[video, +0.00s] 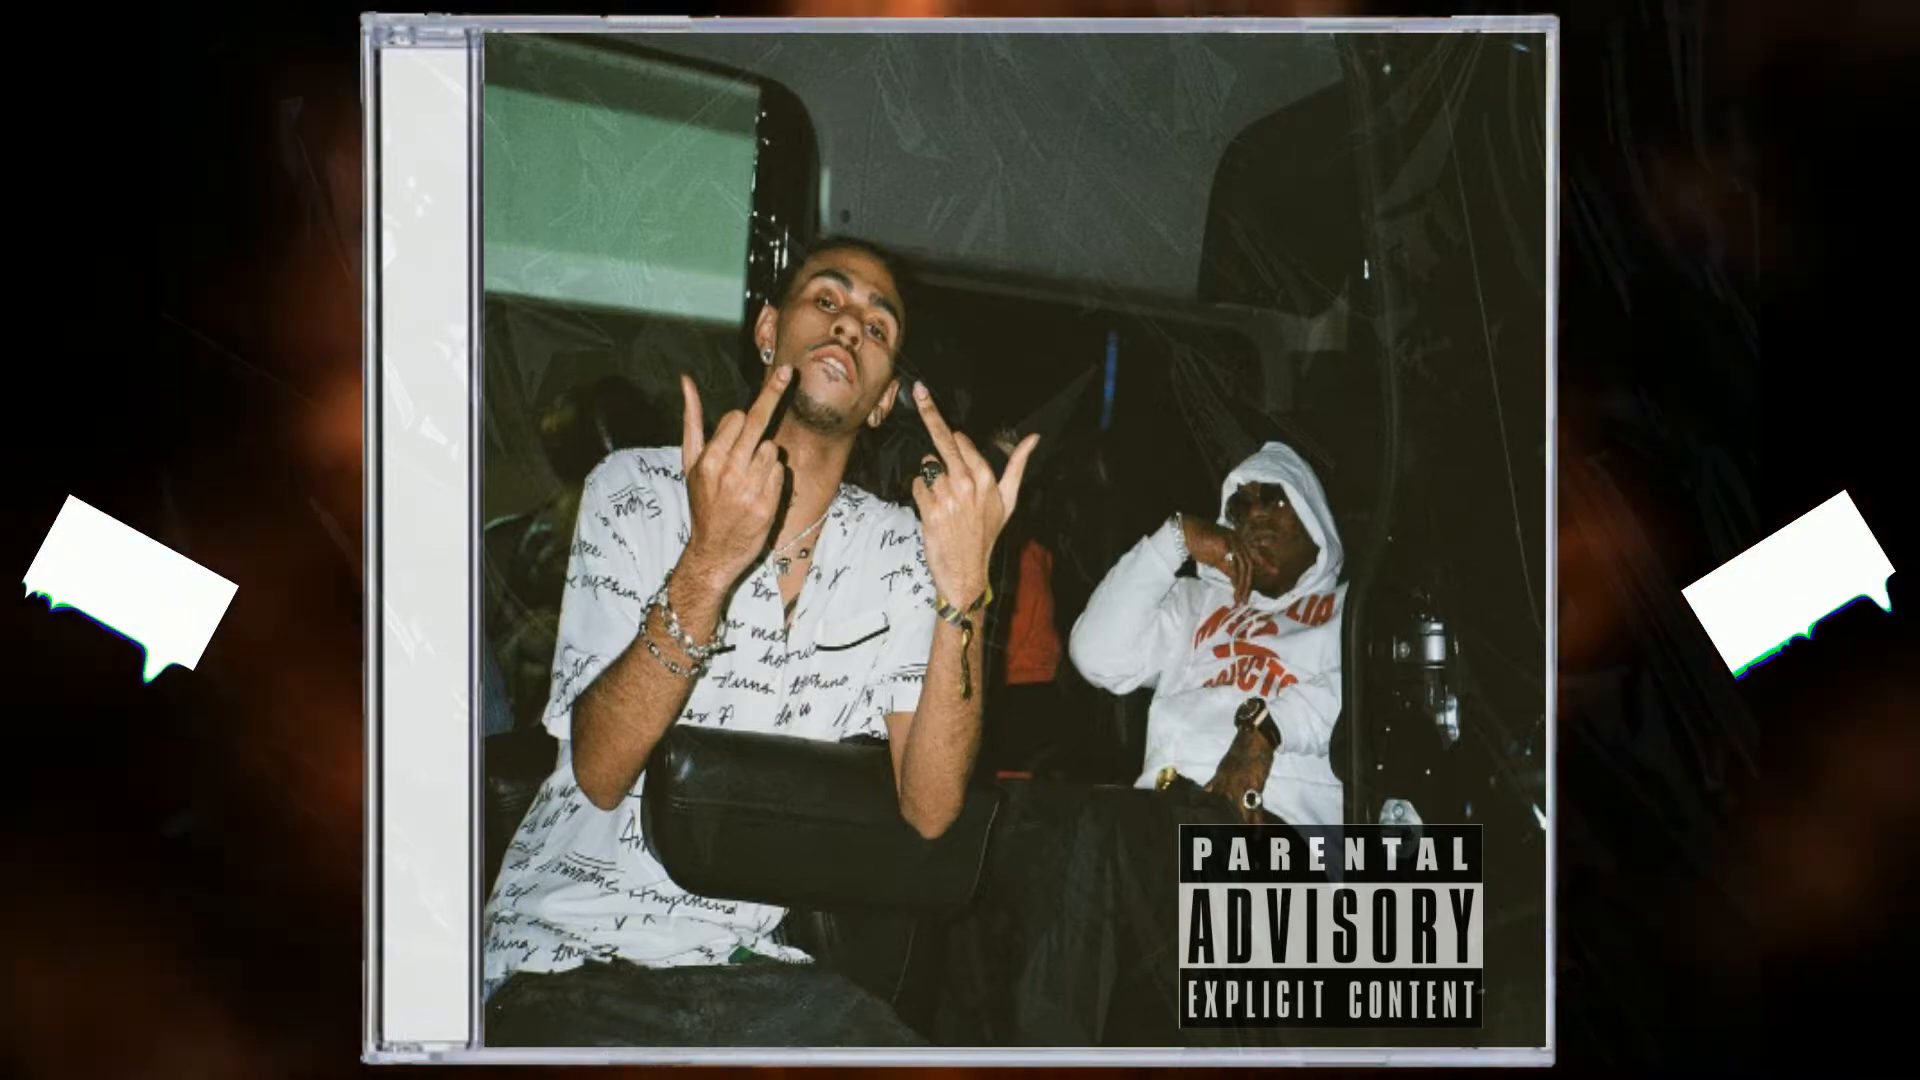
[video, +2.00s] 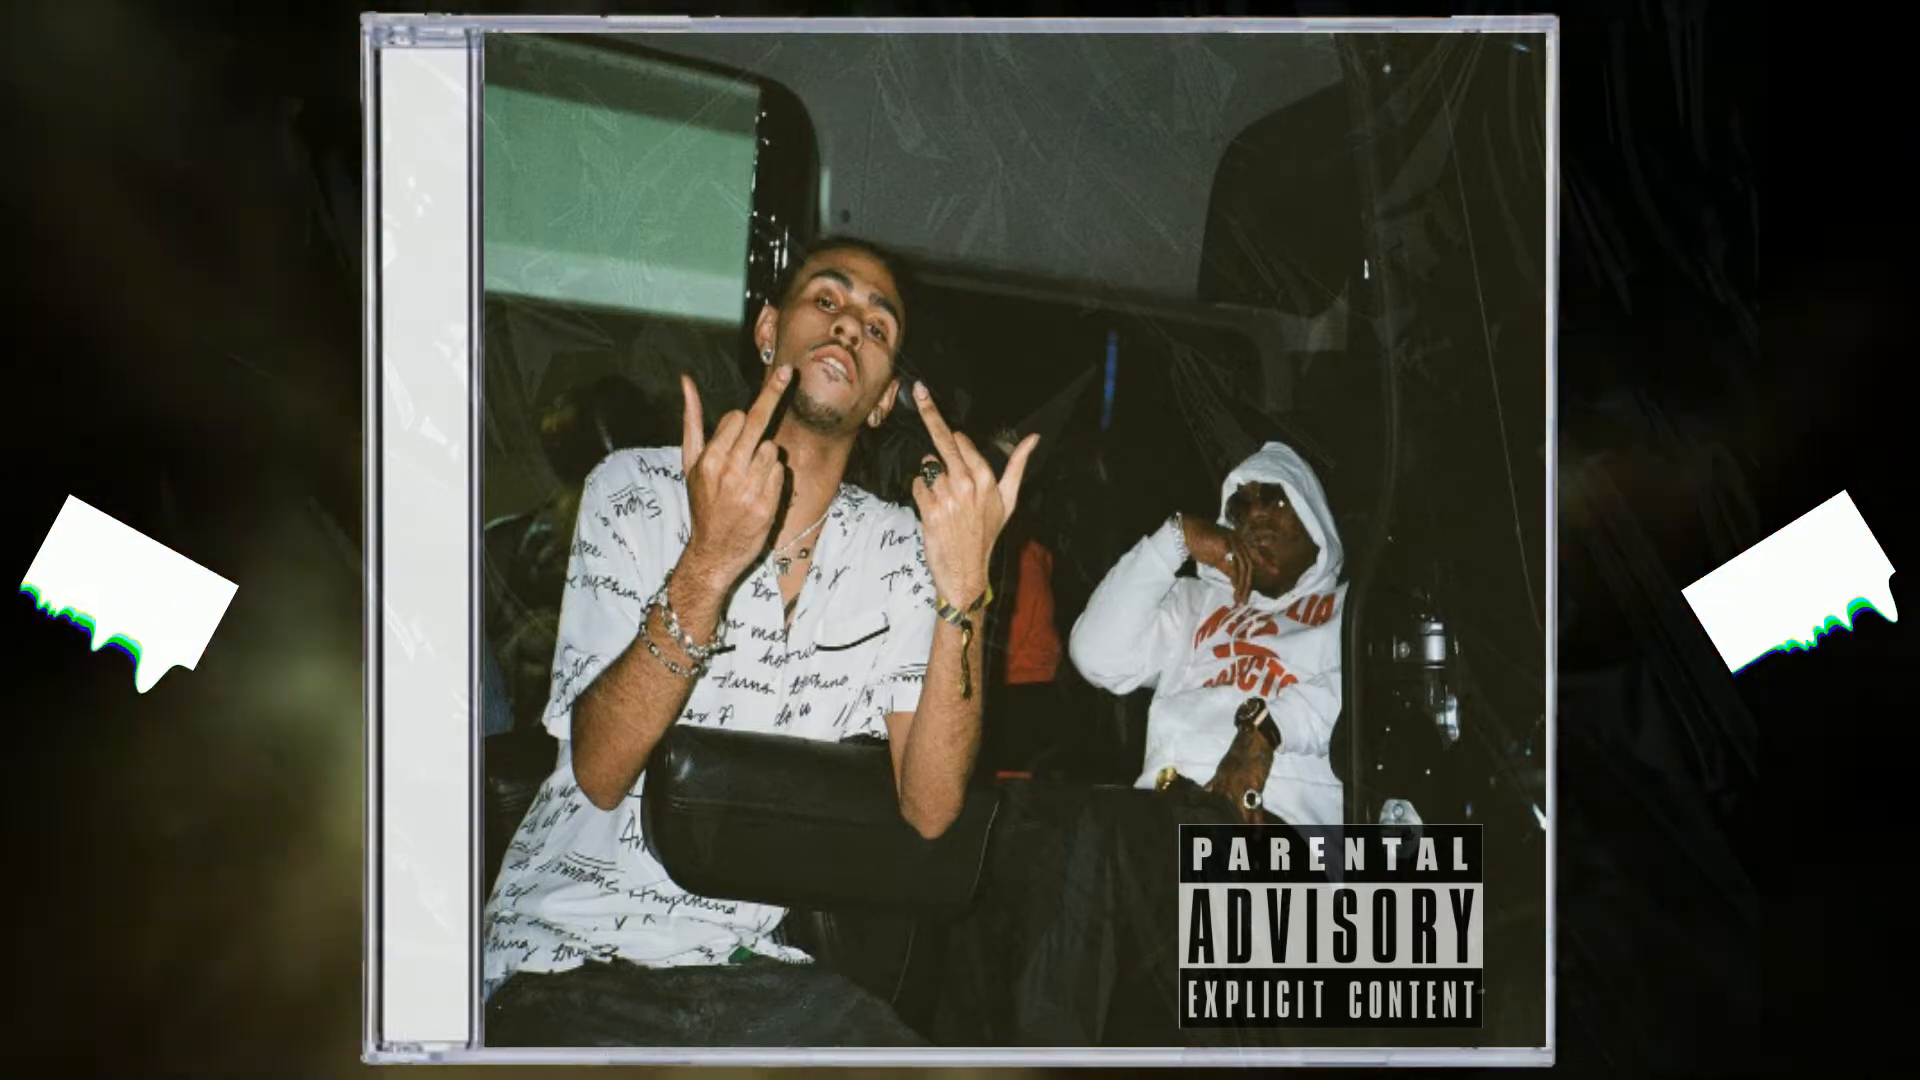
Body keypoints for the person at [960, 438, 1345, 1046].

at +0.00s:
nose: (1257, 522)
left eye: (1277, 505)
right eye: (1243, 507)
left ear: (1318, 526)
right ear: (1226, 526)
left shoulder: (1350, 607)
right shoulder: (1196, 601)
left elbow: (1355, 698)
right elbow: (1099, 658)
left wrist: (1266, 727)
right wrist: (1177, 538)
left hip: (1284, 818)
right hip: (1163, 809)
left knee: (1099, 822)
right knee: (1028, 810)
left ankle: (1049, 1053)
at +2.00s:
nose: (1258, 520)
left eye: (1278, 503)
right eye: (1243, 505)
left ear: (1317, 525)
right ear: (1226, 526)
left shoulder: (1349, 610)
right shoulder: (1195, 602)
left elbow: (1343, 703)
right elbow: (1099, 658)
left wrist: (1264, 727)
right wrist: (1177, 539)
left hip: (1283, 819)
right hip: (1163, 808)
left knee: (1102, 822)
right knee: (1028, 810)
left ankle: (1049, 1051)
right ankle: (969, 1047)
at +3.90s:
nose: (1258, 517)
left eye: (1279, 501)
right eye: (1245, 502)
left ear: (1318, 522)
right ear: (1227, 523)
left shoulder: (1352, 607)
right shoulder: (1197, 601)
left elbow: (1348, 702)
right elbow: (1099, 657)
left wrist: (1267, 725)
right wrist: (1177, 539)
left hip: (1283, 816)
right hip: (1166, 805)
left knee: (1101, 823)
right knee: (1026, 809)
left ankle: (1052, 1053)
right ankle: (970, 1047)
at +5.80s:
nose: (1259, 517)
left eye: (1279, 501)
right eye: (1245, 502)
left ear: (1318, 522)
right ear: (1227, 523)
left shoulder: (1351, 606)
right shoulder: (1197, 601)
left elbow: (1357, 700)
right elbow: (1100, 658)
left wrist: (1270, 726)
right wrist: (1177, 539)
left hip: (1284, 816)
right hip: (1166, 806)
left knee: (1101, 824)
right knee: (1026, 810)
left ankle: (1053, 1052)